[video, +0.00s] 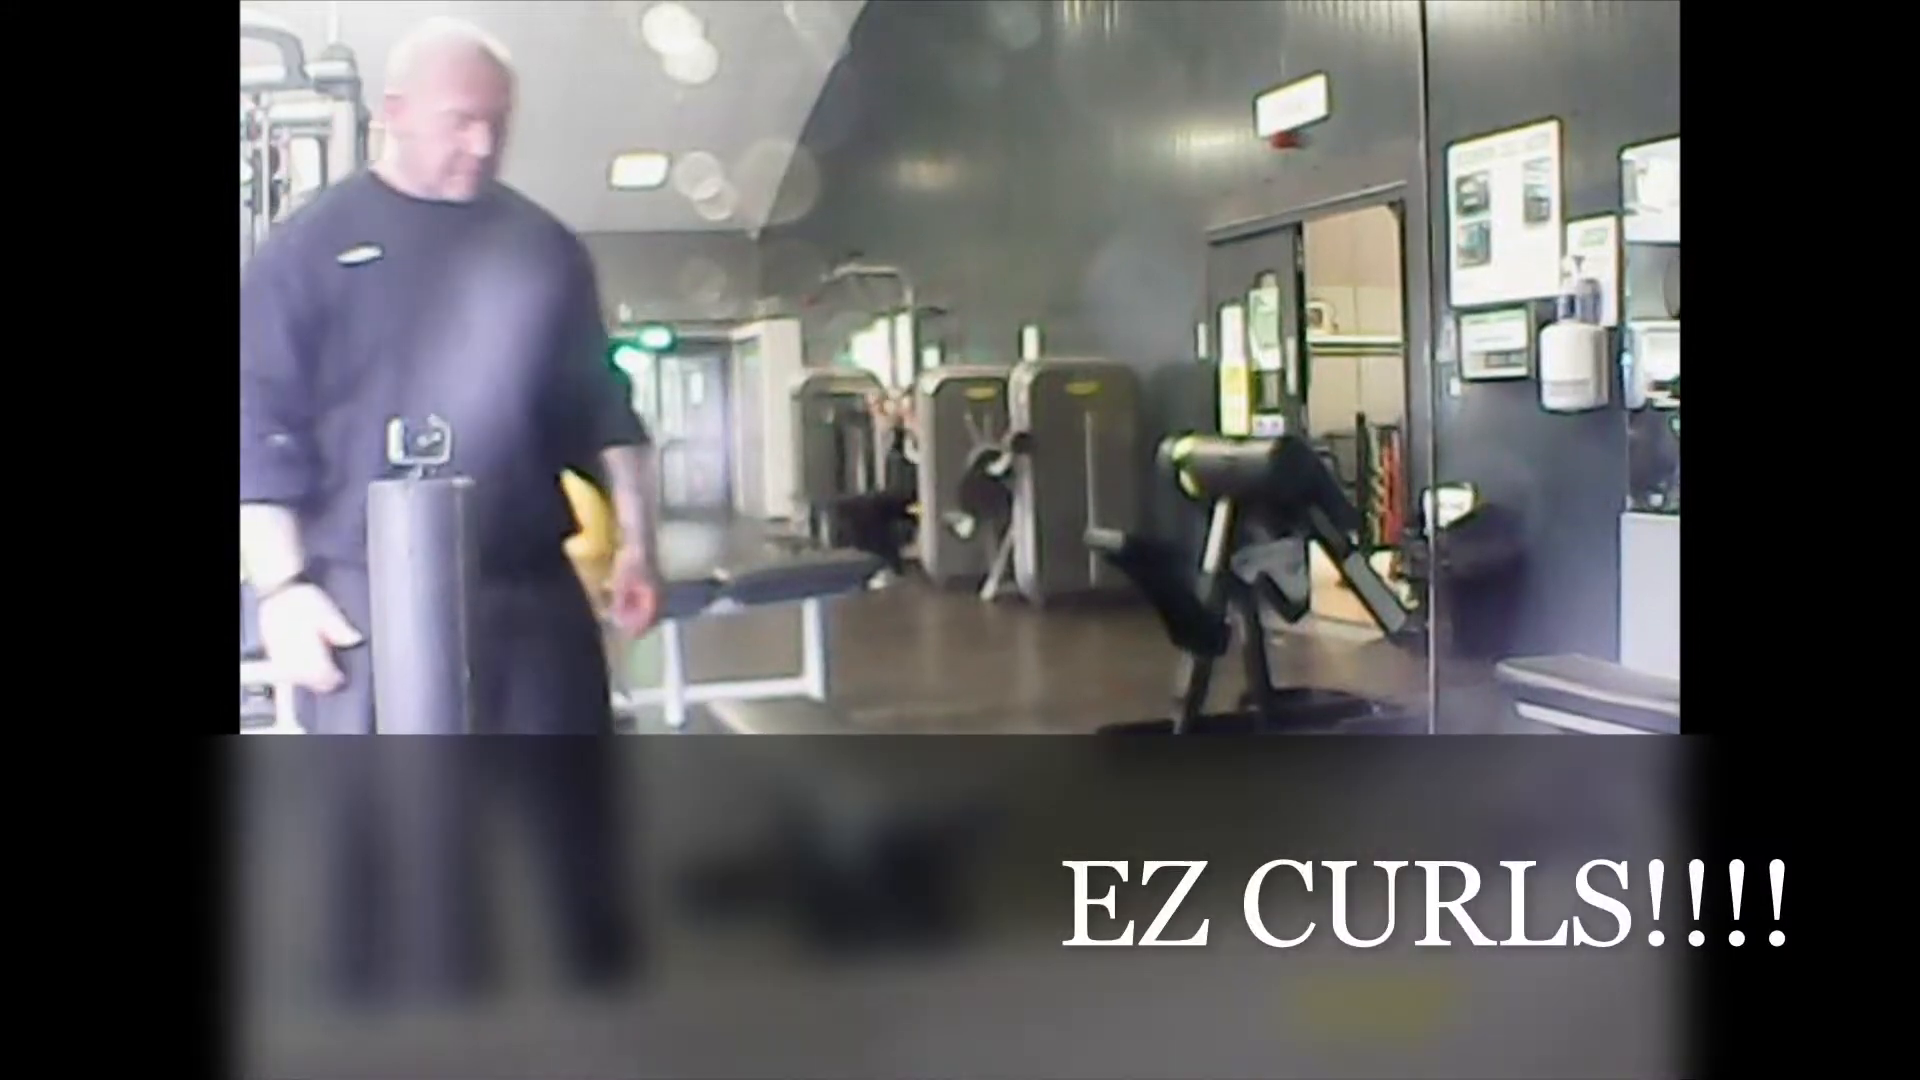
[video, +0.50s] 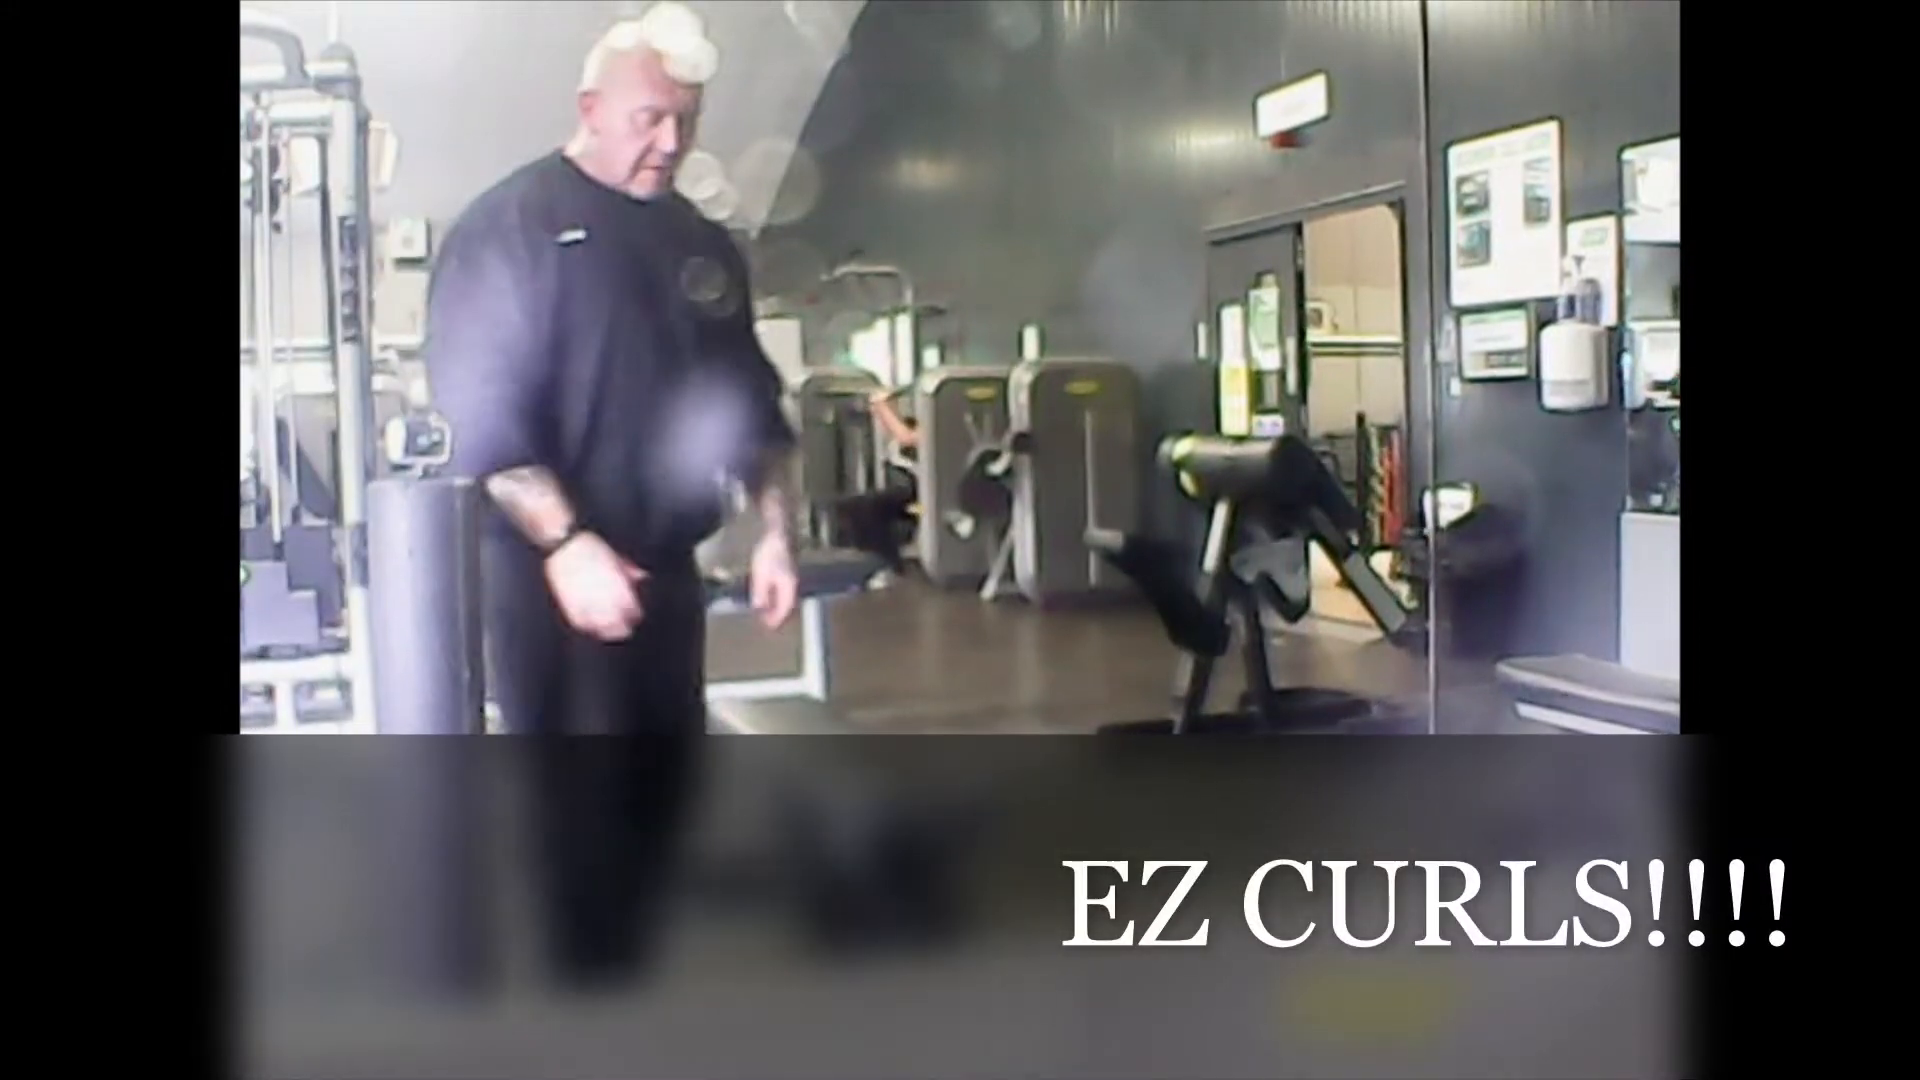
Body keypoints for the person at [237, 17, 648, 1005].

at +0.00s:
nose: (484, 144)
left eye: (497, 121)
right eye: (461, 120)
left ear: (511, 119)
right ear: (392, 112)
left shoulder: (544, 248)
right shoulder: (300, 255)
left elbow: (604, 406)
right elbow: (264, 437)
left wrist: (636, 540)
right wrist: (277, 589)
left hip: (527, 603)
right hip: (367, 612)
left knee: (583, 854)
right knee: (376, 863)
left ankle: (604, 1033)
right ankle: (378, 1046)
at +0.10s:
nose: (504, 145)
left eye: (517, 123)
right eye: (483, 120)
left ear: (529, 122)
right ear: (414, 111)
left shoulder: (560, 249)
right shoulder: (326, 245)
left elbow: (612, 401)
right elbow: (275, 426)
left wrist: (645, 537)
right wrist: (298, 587)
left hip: (539, 601)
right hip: (380, 604)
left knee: (587, 858)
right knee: (388, 865)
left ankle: (609, 1037)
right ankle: (385, 1048)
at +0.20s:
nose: (565, 144)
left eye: (578, 124)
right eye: (544, 120)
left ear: (590, 126)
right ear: (479, 111)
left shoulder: (612, 252)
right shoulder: (386, 238)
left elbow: (660, 408)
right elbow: (330, 423)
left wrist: (679, 535)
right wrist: (360, 584)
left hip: (583, 598)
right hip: (429, 598)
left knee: (615, 853)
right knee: (425, 863)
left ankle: (613, 1039)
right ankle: (431, 1052)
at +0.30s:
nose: (617, 151)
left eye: (630, 131)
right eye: (597, 126)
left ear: (640, 130)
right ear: (534, 113)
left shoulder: (649, 252)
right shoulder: (435, 239)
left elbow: (692, 402)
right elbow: (392, 430)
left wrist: (710, 536)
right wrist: (451, 577)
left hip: (618, 578)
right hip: (476, 582)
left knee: (633, 816)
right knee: (451, 817)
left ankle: (620, 1016)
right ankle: (453, 1019)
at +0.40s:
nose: (649, 144)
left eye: (662, 125)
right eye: (630, 120)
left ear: (672, 126)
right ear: (567, 110)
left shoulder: (677, 242)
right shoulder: (479, 225)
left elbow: (714, 393)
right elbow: (444, 403)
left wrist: (743, 525)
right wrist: (505, 544)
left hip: (641, 567)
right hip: (506, 560)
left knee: (647, 800)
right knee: (489, 802)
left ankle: (612, 1009)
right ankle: (470, 1010)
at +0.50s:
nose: (670, 142)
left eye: (685, 121)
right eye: (650, 117)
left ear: (696, 124)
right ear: (589, 109)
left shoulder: (703, 245)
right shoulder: (507, 225)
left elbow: (752, 399)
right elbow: (480, 411)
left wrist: (774, 526)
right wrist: (564, 542)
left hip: (665, 559)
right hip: (548, 555)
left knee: (660, 767)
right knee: (578, 771)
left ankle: (619, 968)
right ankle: (584, 987)